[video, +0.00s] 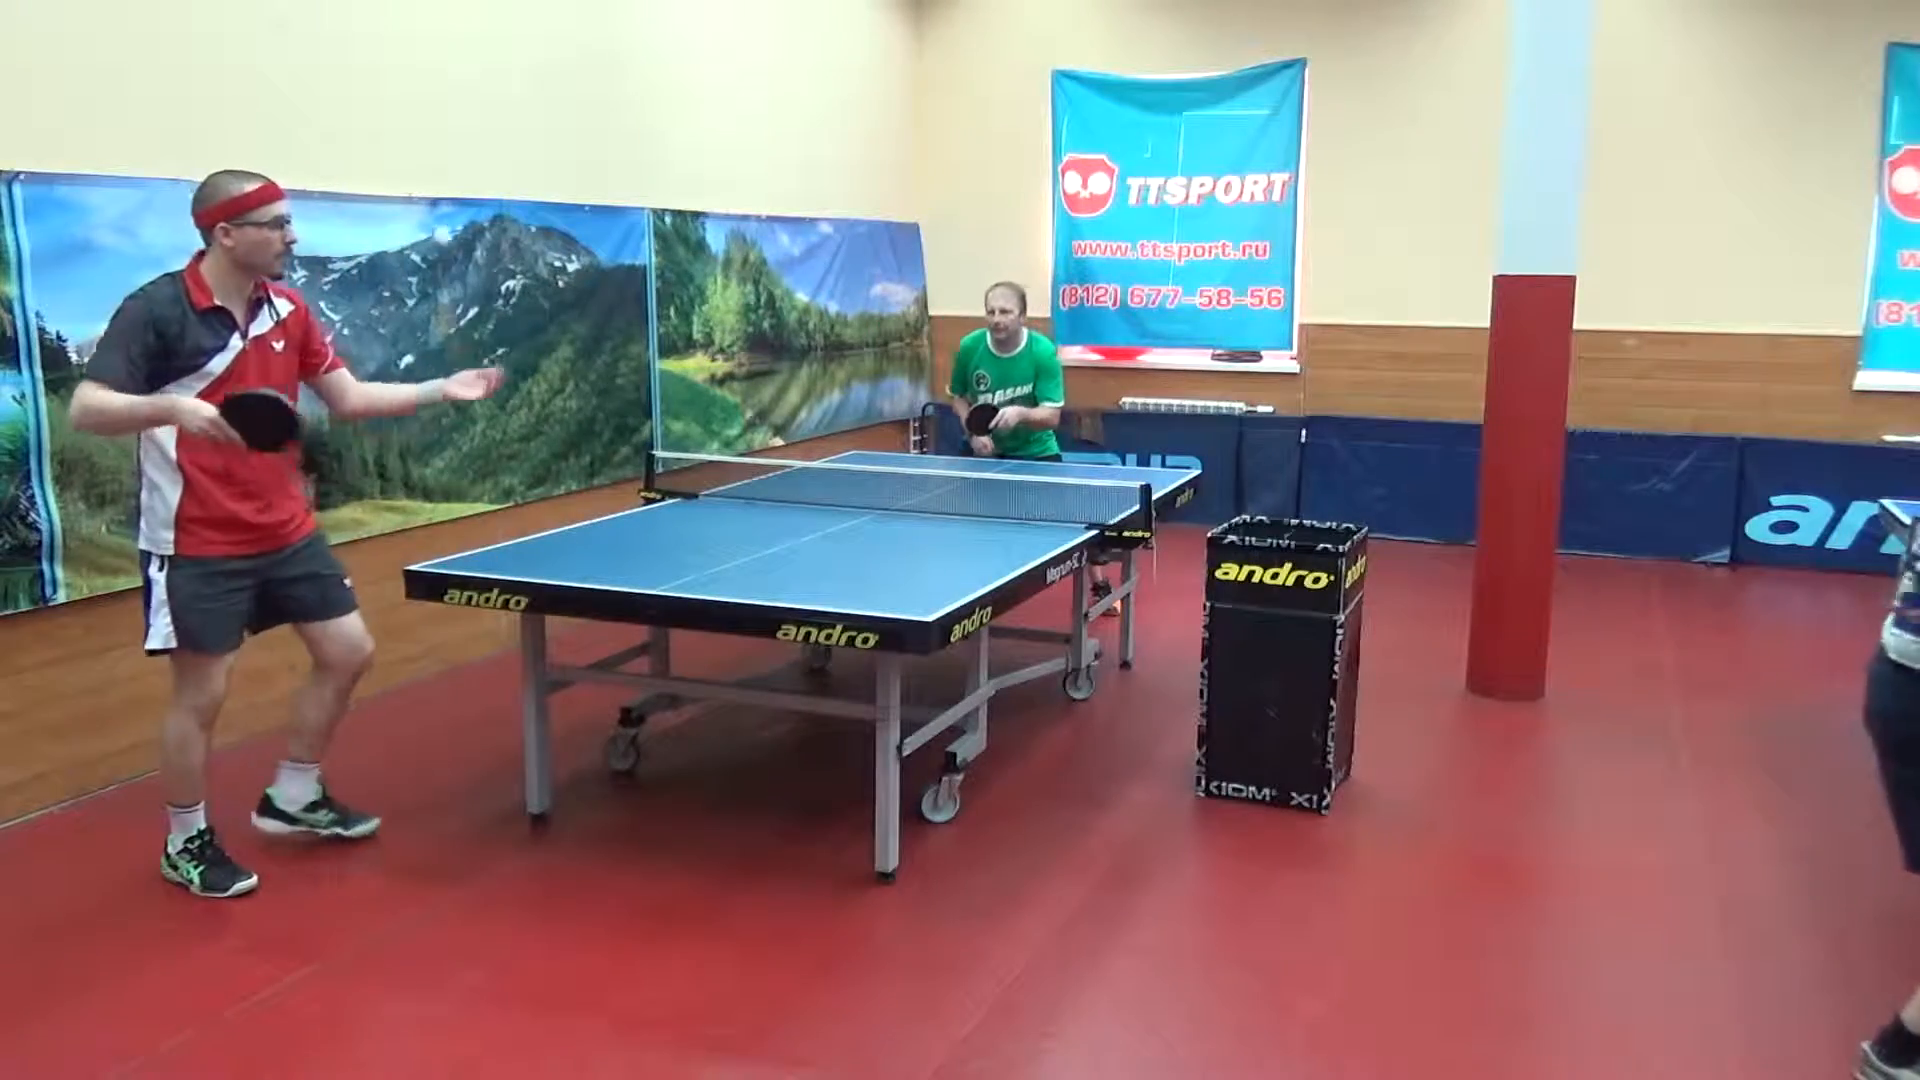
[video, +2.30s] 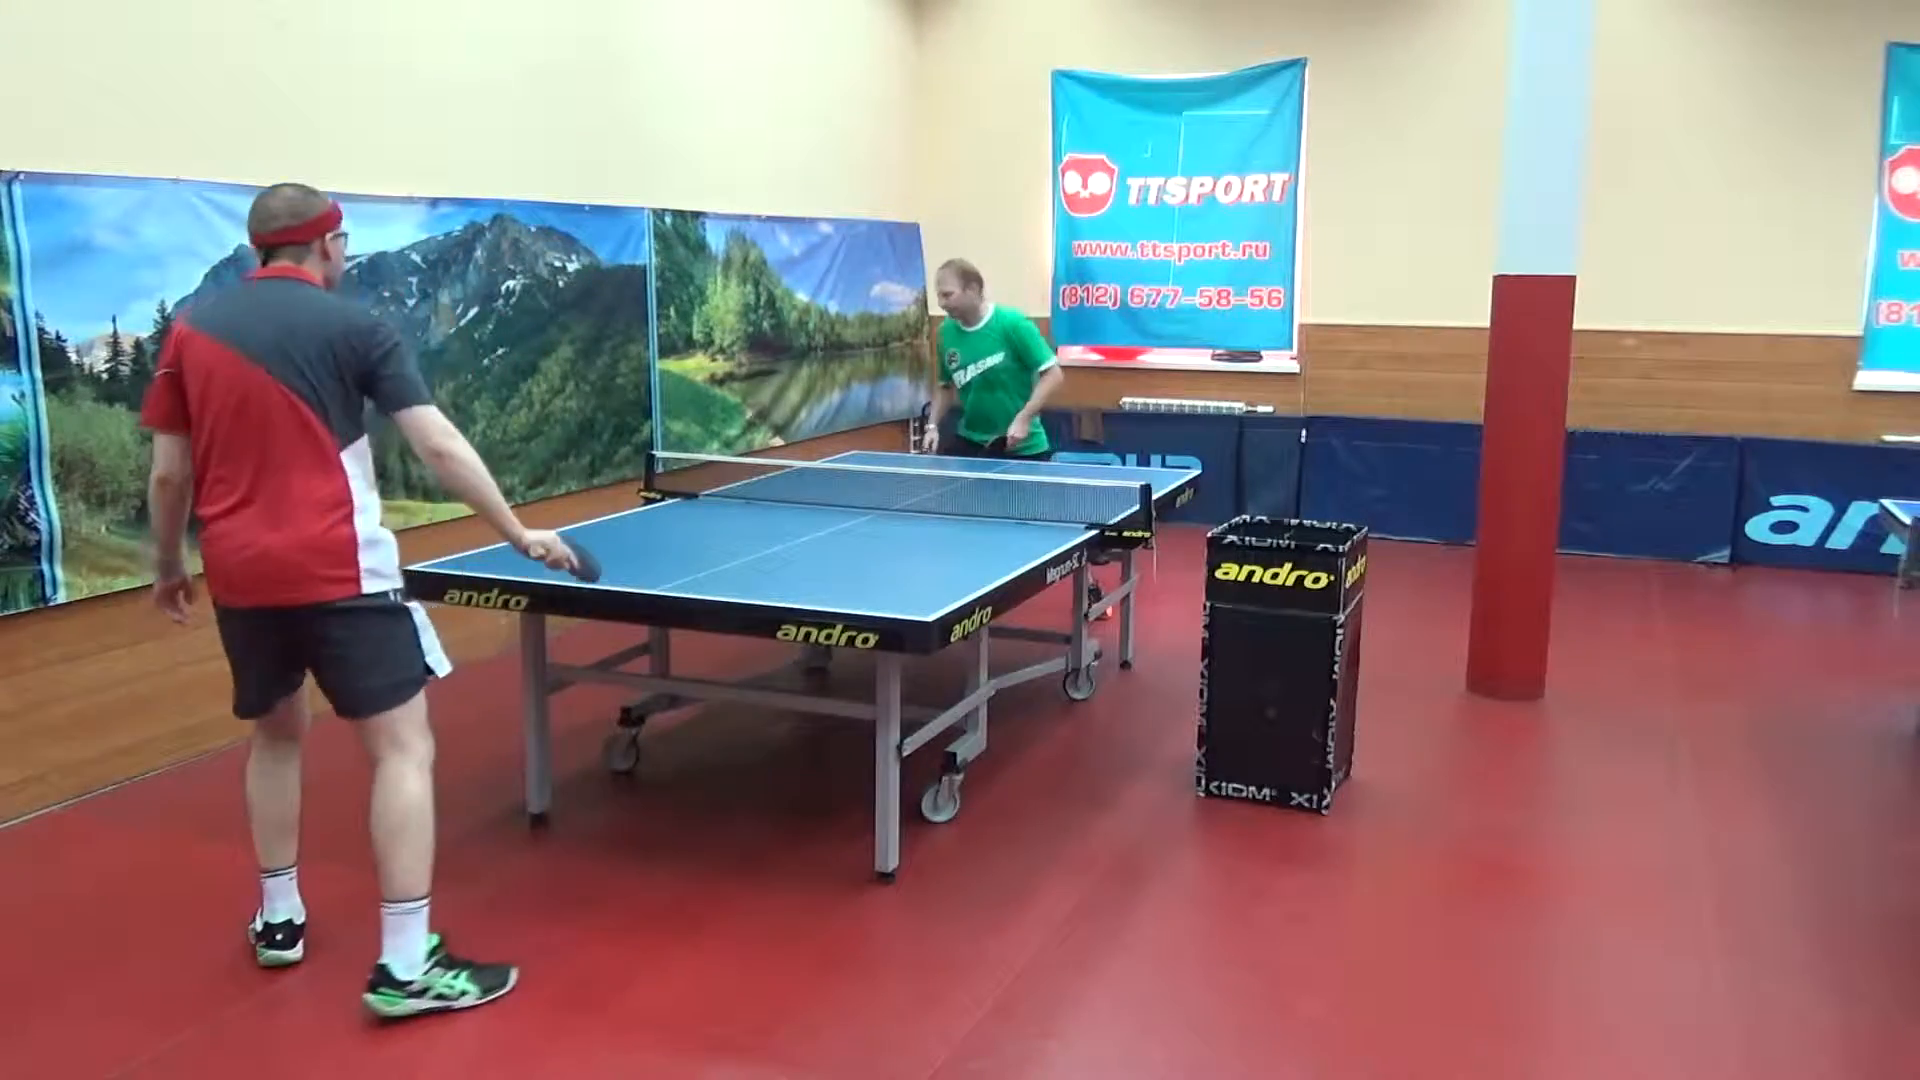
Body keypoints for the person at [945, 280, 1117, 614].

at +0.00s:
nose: (998, 319)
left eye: (1006, 312)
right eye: (992, 312)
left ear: (1023, 316)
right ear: (985, 314)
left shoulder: (1043, 351)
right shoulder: (969, 348)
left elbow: (1051, 416)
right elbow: (958, 396)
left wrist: (1020, 414)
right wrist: (973, 431)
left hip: (1038, 452)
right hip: (991, 454)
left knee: (1075, 512)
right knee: (981, 521)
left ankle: (1100, 585)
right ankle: (973, 597)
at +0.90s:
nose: (972, 340)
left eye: (980, 333)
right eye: (966, 332)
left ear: (999, 330)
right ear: (961, 330)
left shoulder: (1024, 360)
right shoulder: (951, 359)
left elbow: (1050, 421)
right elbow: (933, 405)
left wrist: (1003, 434)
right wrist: (929, 441)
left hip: (1024, 461)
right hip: (970, 463)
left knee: (1064, 512)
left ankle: (1097, 583)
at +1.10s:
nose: (946, 357)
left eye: (954, 350)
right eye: (943, 350)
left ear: (976, 350)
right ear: (939, 349)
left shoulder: (1001, 377)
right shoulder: (936, 372)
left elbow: (1020, 432)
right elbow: (925, 418)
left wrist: (969, 436)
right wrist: (921, 427)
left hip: (1013, 465)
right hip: (962, 466)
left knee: (1050, 519)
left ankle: (1096, 584)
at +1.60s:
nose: (960, 305)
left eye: (969, 298)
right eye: (956, 298)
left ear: (990, 301)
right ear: (953, 301)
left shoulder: (1011, 338)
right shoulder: (947, 339)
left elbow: (1020, 398)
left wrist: (966, 404)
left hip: (1017, 452)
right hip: (965, 451)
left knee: (1051, 516)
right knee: (954, 522)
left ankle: (1088, 588)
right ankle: (959, 597)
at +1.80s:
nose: (974, 298)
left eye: (983, 291)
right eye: (970, 291)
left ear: (1004, 295)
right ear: (965, 294)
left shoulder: (1028, 336)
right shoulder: (953, 334)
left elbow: (1051, 394)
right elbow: (938, 383)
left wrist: (1008, 409)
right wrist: (934, 424)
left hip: (1021, 448)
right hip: (967, 447)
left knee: (1049, 516)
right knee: (958, 521)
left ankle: (1087, 587)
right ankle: (958, 596)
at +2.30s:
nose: (941, 302)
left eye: (947, 294)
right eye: (939, 295)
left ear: (974, 290)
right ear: (945, 295)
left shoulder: (1013, 324)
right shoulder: (947, 334)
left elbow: (1053, 375)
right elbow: (947, 388)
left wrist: (1024, 416)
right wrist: (932, 424)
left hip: (1024, 446)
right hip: (972, 447)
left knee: (1049, 518)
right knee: (966, 522)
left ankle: (1087, 587)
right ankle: (969, 599)